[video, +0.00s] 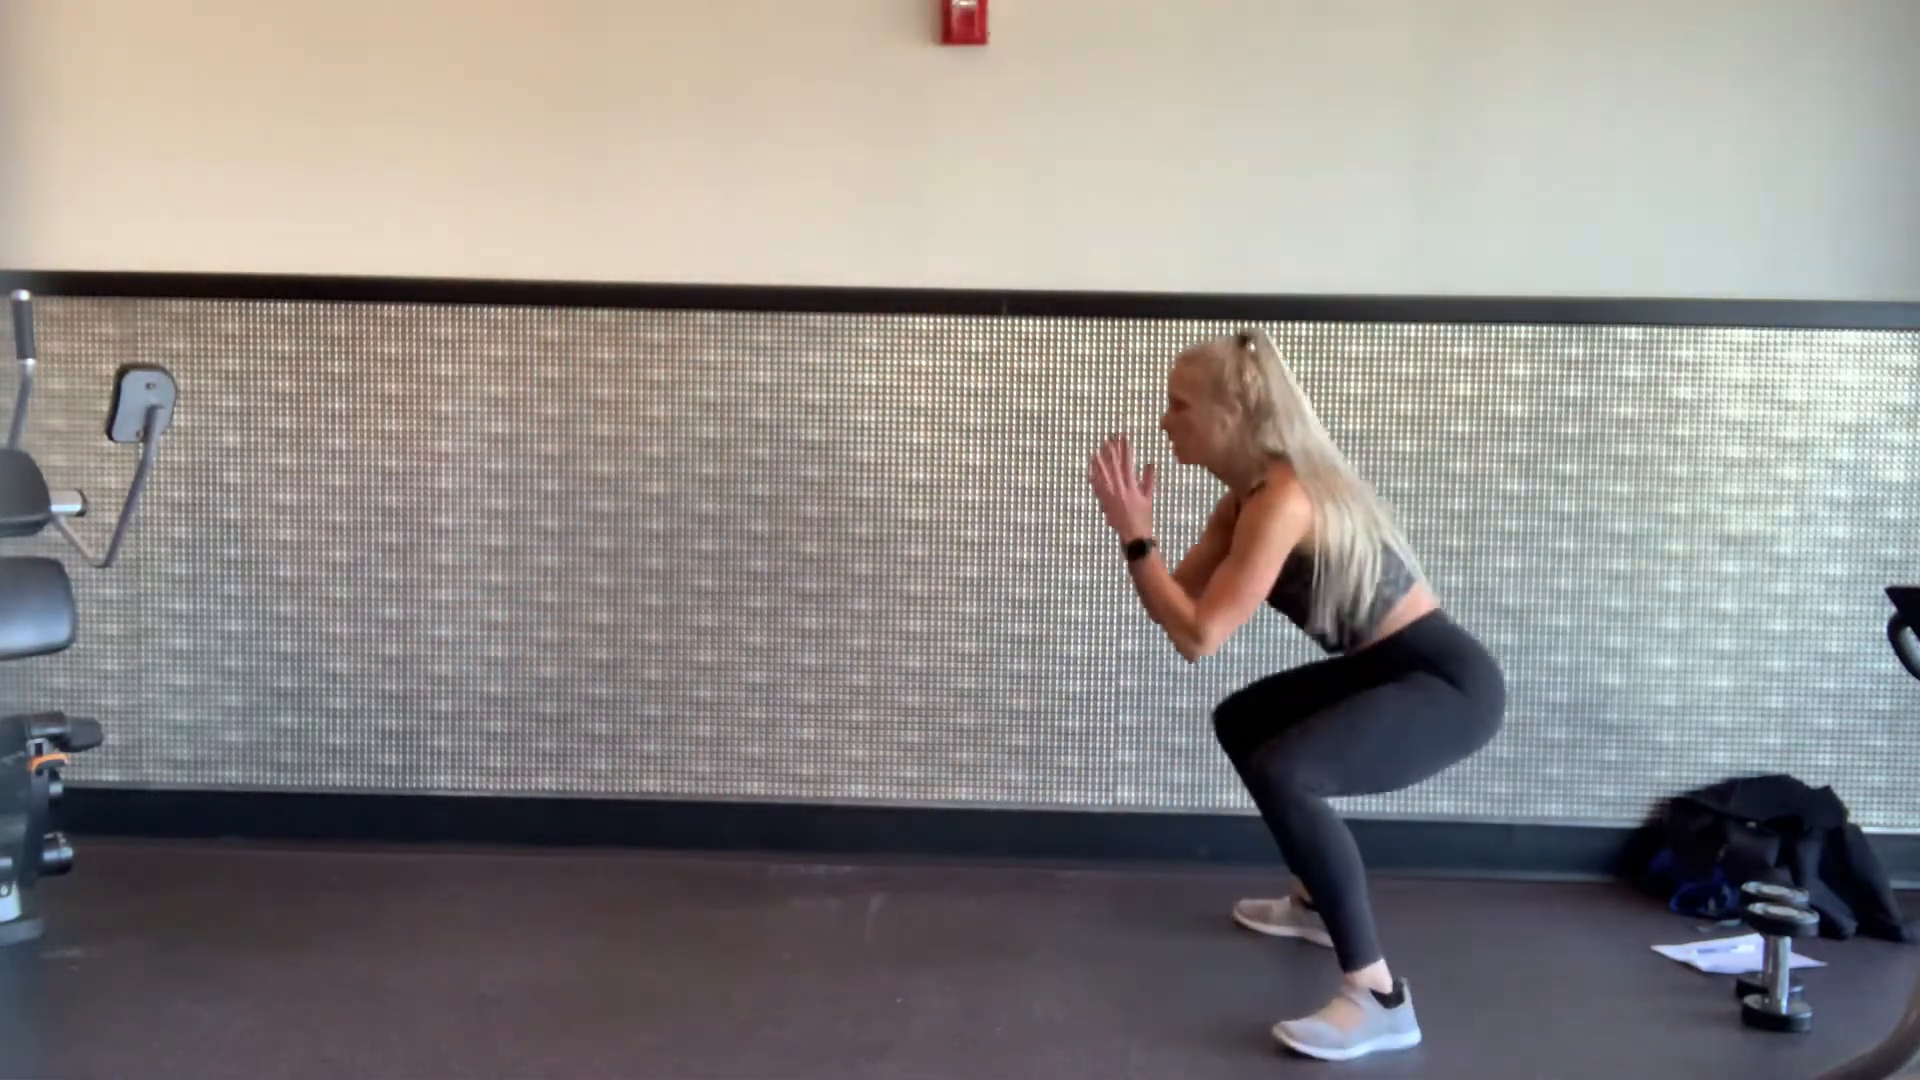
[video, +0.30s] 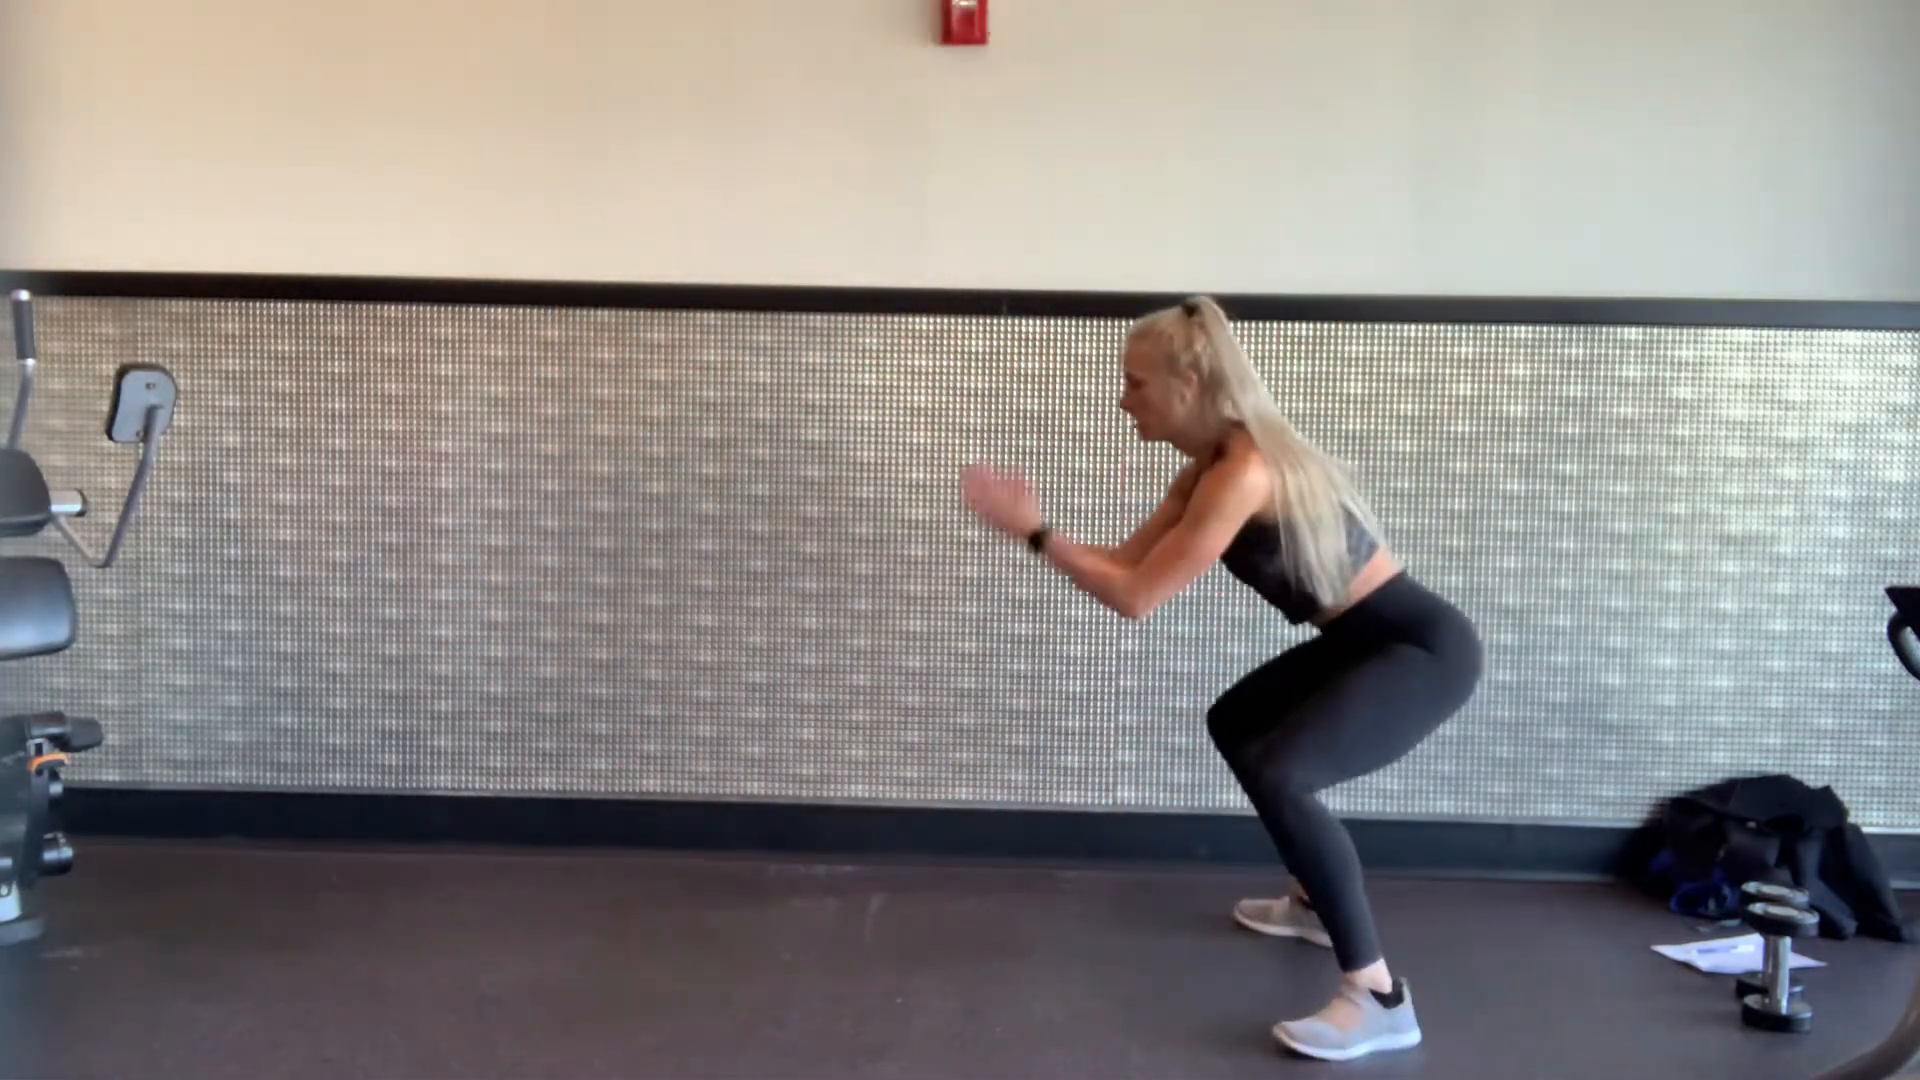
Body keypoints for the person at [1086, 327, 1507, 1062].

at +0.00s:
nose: (1165, 421)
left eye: (1176, 406)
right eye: (1167, 405)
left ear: (1230, 414)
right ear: (1233, 416)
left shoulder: (1281, 500)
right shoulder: (1246, 497)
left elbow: (1198, 635)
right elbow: (1180, 603)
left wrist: (1137, 538)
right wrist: (1135, 534)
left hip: (1449, 683)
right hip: (1397, 668)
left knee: (1287, 768)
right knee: (1242, 722)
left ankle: (1377, 994)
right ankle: (1321, 900)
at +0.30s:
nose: (1123, 399)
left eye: (1134, 385)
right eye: (1124, 384)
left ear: (1185, 388)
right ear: (1184, 390)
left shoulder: (1244, 470)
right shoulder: (1210, 468)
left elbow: (1136, 596)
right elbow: (1124, 567)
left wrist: (1037, 533)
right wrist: (1034, 529)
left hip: (1423, 647)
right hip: (1368, 636)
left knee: (1280, 770)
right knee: (1237, 722)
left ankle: (1377, 993)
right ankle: (1321, 901)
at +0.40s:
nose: (1100, 400)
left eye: (1111, 384)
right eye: (1101, 383)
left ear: (1164, 385)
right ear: (1162, 388)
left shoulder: (1222, 471)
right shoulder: (1189, 468)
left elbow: (1119, 593)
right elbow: (1102, 568)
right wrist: (1000, 629)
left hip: (1405, 643)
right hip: (1350, 636)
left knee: (1266, 778)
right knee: (1224, 728)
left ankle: (1375, 992)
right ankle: (1319, 899)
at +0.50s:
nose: (1072, 393)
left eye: (1080, 376)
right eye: (1071, 377)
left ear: (1132, 375)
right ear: (1136, 376)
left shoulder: (1189, 462)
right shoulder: (1158, 464)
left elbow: (1147, 611)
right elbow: (1109, 586)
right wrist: (1038, 687)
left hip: (1369, 634)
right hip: (1318, 633)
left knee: (1241, 792)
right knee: (1203, 738)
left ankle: (1371, 992)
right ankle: (1317, 898)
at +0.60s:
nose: (1036, 340)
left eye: (1046, 323)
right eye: (1037, 323)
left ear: (1094, 331)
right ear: (1099, 330)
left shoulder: (1148, 419)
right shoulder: (1130, 411)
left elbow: (1211, 558)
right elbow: (1176, 540)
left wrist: (1226, 694)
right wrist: (1157, 640)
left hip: (1302, 606)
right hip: (1264, 600)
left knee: (1214, 804)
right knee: (1183, 748)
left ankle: (1369, 991)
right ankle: (1309, 898)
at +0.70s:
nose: (1003, 233)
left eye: (1016, 216)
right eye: (1004, 216)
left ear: (1063, 217)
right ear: (1064, 219)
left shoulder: (1103, 302)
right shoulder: (1094, 300)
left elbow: (1225, 377)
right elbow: (1207, 381)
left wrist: (1311, 492)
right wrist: (1236, 495)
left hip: (1183, 548)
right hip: (1164, 546)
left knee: (1176, 776)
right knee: (1169, 745)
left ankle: (1351, 962)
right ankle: (1299, 875)